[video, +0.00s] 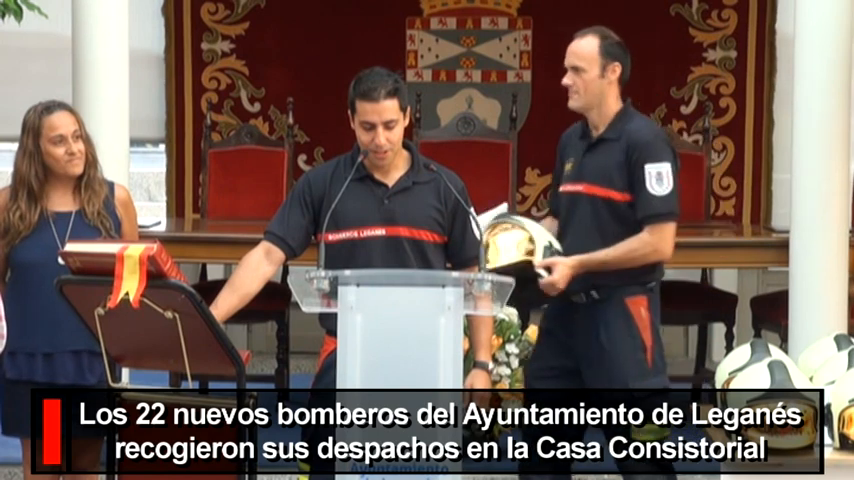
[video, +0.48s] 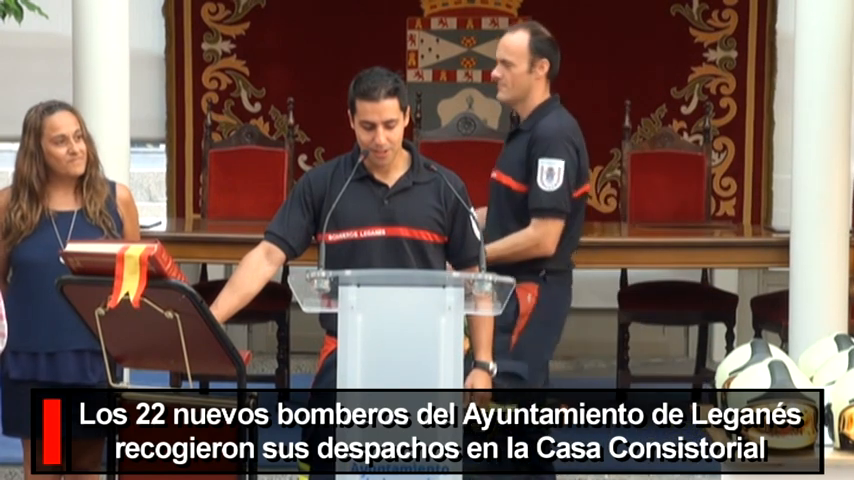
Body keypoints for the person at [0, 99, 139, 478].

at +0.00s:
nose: (74, 148)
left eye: (78, 136)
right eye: (59, 141)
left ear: (86, 139)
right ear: (36, 150)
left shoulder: (115, 199)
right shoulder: (11, 204)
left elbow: (133, 279)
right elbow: (2, 280)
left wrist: (126, 350)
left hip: (92, 362)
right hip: (28, 362)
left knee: (86, 467)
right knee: (41, 469)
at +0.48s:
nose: (76, 147)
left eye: (80, 136)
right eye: (61, 141)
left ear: (87, 139)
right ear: (37, 150)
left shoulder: (117, 199)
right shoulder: (10, 204)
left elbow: (135, 278)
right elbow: (3, 279)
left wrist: (128, 348)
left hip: (94, 361)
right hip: (30, 361)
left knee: (88, 466)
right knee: (42, 468)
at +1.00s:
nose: (92, 150)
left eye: (91, 139)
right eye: (80, 142)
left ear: (94, 140)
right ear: (50, 150)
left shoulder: (113, 194)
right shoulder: (17, 203)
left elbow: (130, 268)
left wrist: (132, 341)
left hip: (97, 347)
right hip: (36, 349)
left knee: (97, 461)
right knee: (46, 464)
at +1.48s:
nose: (106, 146)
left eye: (107, 137)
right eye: (92, 141)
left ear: (112, 138)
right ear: (65, 149)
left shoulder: (130, 192)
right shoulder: (48, 199)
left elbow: (153, 256)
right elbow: (70, 271)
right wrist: (139, 268)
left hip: (123, 341)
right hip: (67, 342)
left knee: (114, 450)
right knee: (65, 455)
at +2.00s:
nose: (113, 145)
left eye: (117, 135)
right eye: (99, 140)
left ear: (127, 138)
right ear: (80, 150)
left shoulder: (155, 195)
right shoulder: (64, 196)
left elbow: (165, 267)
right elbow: (56, 274)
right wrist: (114, 302)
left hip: (137, 338)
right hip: (75, 337)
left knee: (123, 452)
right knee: (76, 452)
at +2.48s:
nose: (91, 146)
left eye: (97, 136)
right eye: (77, 139)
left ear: (106, 140)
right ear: (58, 149)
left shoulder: (138, 195)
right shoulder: (40, 201)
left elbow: (154, 267)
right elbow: (25, 279)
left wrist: (117, 276)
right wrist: (88, 281)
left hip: (121, 353)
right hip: (59, 352)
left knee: (114, 461)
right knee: (56, 465)